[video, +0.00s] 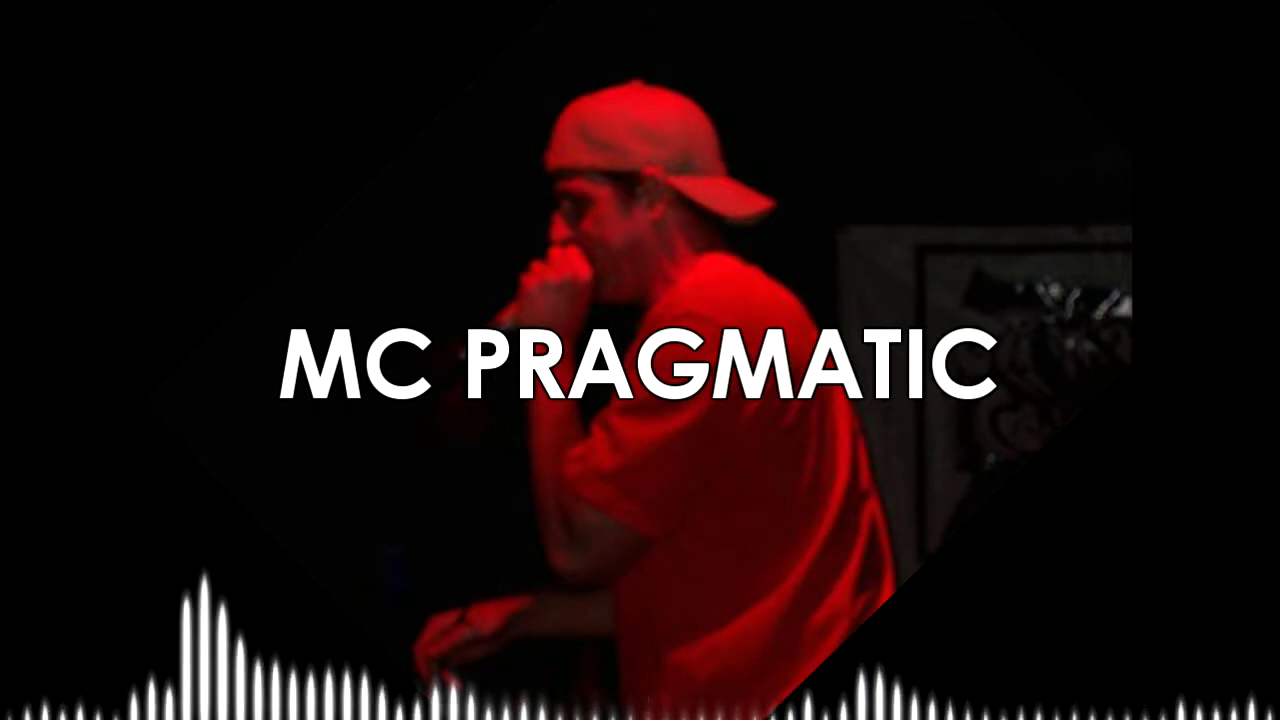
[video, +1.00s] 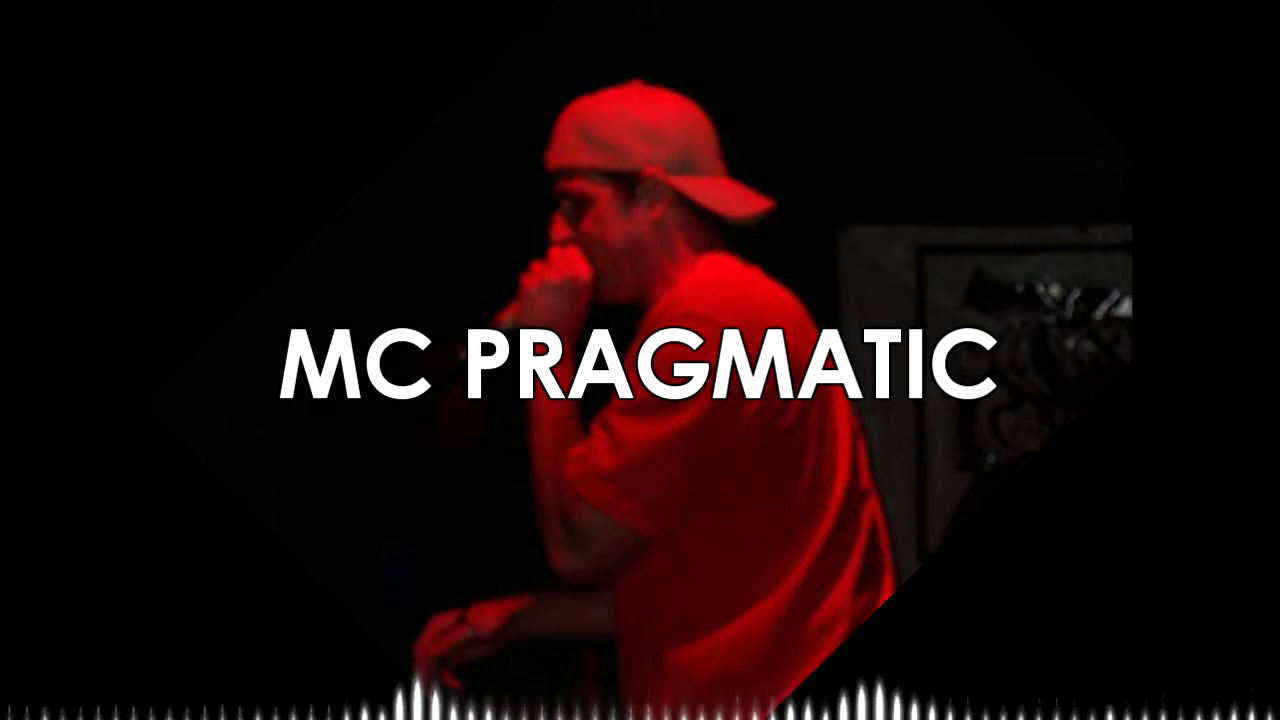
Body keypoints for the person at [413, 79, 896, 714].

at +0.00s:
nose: (559, 233)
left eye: (576, 206)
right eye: (559, 209)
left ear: (652, 199)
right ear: (649, 200)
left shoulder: (706, 314)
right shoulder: (746, 303)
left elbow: (577, 544)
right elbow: (700, 580)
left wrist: (546, 348)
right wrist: (520, 619)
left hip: (736, 704)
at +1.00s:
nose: (560, 233)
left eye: (577, 206)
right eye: (560, 209)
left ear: (652, 198)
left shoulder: (705, 314)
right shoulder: (747, 303)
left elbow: (577, 544)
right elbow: (702, 579)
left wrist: (546, 348)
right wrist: (521, 619)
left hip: (735, 706)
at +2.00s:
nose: (560, 233)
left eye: (577, 207)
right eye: (560, 209)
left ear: (653, 198)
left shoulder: (706, 314)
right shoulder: (744, 303)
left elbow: (577, 544)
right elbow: (696, 579)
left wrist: (545, 347)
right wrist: (518, 620)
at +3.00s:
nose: (560, 233)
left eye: (577, 206)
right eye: (560, 209)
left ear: (652, 199)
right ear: (650, 201)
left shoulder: (705, 316)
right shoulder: (752, 305)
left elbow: (577, 542)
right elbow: (705, 577)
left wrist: (547, 348)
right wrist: (517, 619)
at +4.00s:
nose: (560, 233)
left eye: (577, 206)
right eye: (560, 209)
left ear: (652, 199)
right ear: (649, 200)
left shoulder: (706, 314)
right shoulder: (746, 303)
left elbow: (577, 543)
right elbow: (699, 578)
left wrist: (545, 347)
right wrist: (517, 620)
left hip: (733, 705)